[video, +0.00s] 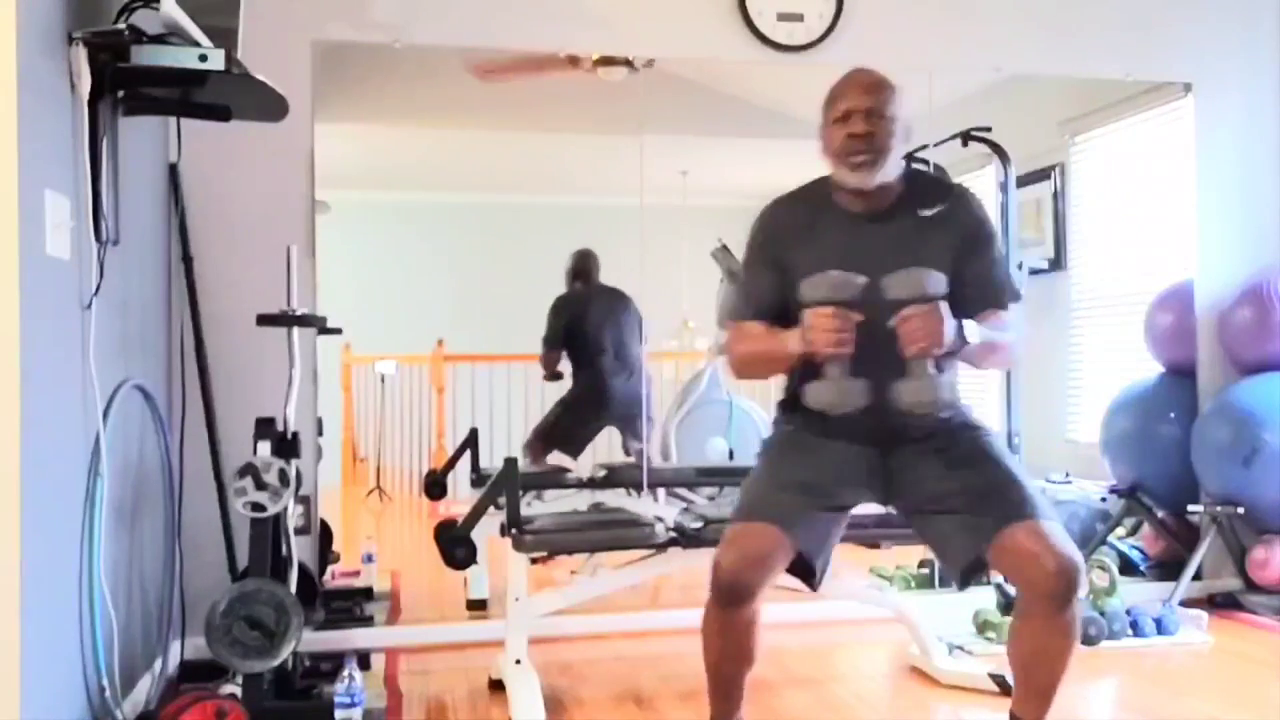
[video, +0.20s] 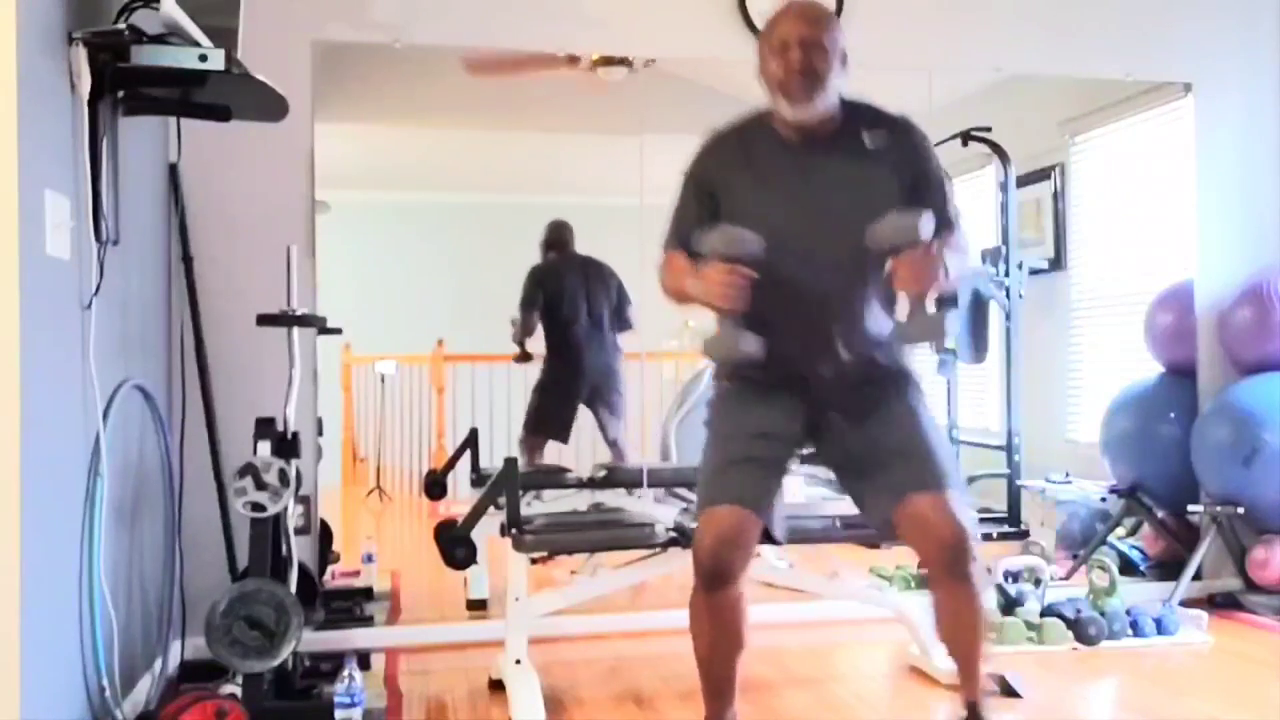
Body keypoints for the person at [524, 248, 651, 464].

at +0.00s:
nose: (568, 276)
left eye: (569, 271)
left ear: (571, 273)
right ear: (597, 273)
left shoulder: (565, 303)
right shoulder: (623, 300)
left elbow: (550, 359)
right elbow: (639, 345)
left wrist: (551, 372)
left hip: (590, 395)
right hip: (634, 393)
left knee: (534, 449)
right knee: (647, 454)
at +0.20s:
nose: (542, 248)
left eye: (543, 244)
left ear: (546, 244)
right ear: (572, 242)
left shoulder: (541, 273)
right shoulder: (603, 270)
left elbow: (529, 326)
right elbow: (624, 321)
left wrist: (520, 337)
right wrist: (593, 326)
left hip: (564, 368)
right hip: (605, 367)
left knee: (533, 443)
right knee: (618, 440)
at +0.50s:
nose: (527, 241)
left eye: (528, 237)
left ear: (531, 237)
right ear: (557, 236)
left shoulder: (529, 262)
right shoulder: (583, 262)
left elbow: (522, 295)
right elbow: (619, 287)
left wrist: (493, 320)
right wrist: (610, 323)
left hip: (536, 363)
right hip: (576, 366)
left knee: (520, 437)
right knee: (568, 439)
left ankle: (524, 502)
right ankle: (577, 504)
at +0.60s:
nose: (525, 234)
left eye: (527, 230)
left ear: (530, 230)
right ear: (557, 230)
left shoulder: (524, 256)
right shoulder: (585, 259)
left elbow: (510, 294)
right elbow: (617, 290)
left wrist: (493, 323)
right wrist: (596, 316)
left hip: (532, 360)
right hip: (572, 362)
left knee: (519, 436)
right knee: (567, 435)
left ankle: (527, 502)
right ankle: (575, 502)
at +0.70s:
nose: (525, 233)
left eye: (525, 229)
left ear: (527, 229)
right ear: (554, 229)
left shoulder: (517, 255)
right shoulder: (583, 257)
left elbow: (498, 302)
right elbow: (612, 304)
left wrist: (499, 329)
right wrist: (582, 313)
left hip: (528, 358)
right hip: (571, 360)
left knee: (498, 427)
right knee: (568, 434)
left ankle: (499, 487)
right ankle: (573, 498)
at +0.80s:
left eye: (526, 236)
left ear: (522, 238)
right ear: (548, 238)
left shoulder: (509, 270)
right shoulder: (575, 268)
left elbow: (489, 324)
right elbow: (597, 321)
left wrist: (511, 333)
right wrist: (567, 324)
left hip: (520, 366)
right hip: (566, 366)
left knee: (486, 430)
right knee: (571, 439)